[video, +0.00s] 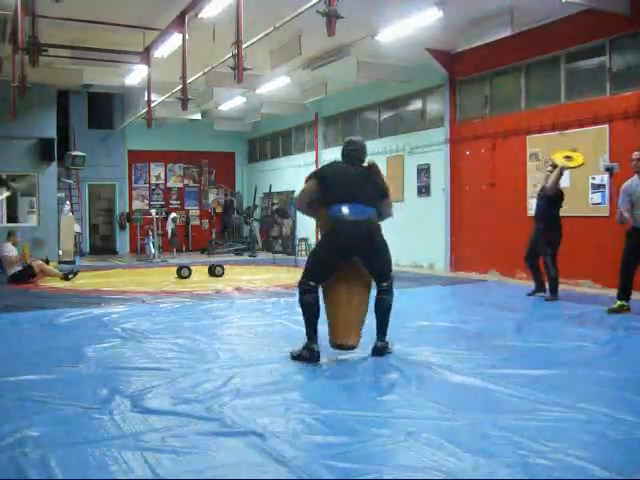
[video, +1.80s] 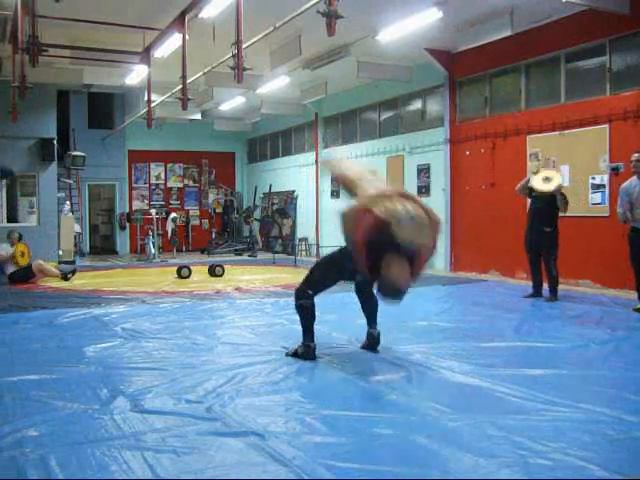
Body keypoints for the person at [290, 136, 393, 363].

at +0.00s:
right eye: (361, 156)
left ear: (342, 155)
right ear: (364, 157)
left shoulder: (328, 170)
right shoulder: (373, 175)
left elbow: (300, 202)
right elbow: (386, 211)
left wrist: (323, 215)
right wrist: (366, 218)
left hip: (336, 235)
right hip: (369, 235)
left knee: (308, 284)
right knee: (384, 282)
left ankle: (311, 346)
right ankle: (381, 342)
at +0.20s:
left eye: (329, 176)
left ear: (328, 177)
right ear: (349, 178)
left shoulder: (322, 194)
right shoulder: (361, 195)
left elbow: (295, 225)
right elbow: (369, 224)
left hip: (343, 253)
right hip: (376, 252)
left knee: (302, 291)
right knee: (374, 289)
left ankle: (310, 350)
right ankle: (377, 340)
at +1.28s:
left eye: (325, 157)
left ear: (324, 159)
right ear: (346, 158)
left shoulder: (319, 180)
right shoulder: (360, 179)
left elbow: (293, 215)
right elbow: (370, 203)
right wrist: (357, 174)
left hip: (343, 241)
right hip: (373, 238)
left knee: (299, 284)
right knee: (375, 284)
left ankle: (302, 346)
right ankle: (376, 338)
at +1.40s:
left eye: (342, 151)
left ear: (340, 154)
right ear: (361, 155)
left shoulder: (328, 181)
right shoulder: (371, 182)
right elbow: (371, 212)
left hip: (339, 251)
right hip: (370, 252)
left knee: (294, 287)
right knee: (373, 287)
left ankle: (303, 346)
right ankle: (375, 339)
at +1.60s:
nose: (344, 170)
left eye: (346, 166)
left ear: (346, 168)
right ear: (368, 170)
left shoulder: (335, 193)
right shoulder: (383, 193)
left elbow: (312, 201)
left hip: (335, 254)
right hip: (367, 258)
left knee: (299, 290)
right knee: (367, 290)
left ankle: (304, 346)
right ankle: (373, 339)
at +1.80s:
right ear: (405, 275)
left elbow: (347, 215)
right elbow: (435, 222)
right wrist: (411, 198)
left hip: (358, 258)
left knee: (304, 293)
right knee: (363, 287)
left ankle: (307, 345)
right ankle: (373, 333)